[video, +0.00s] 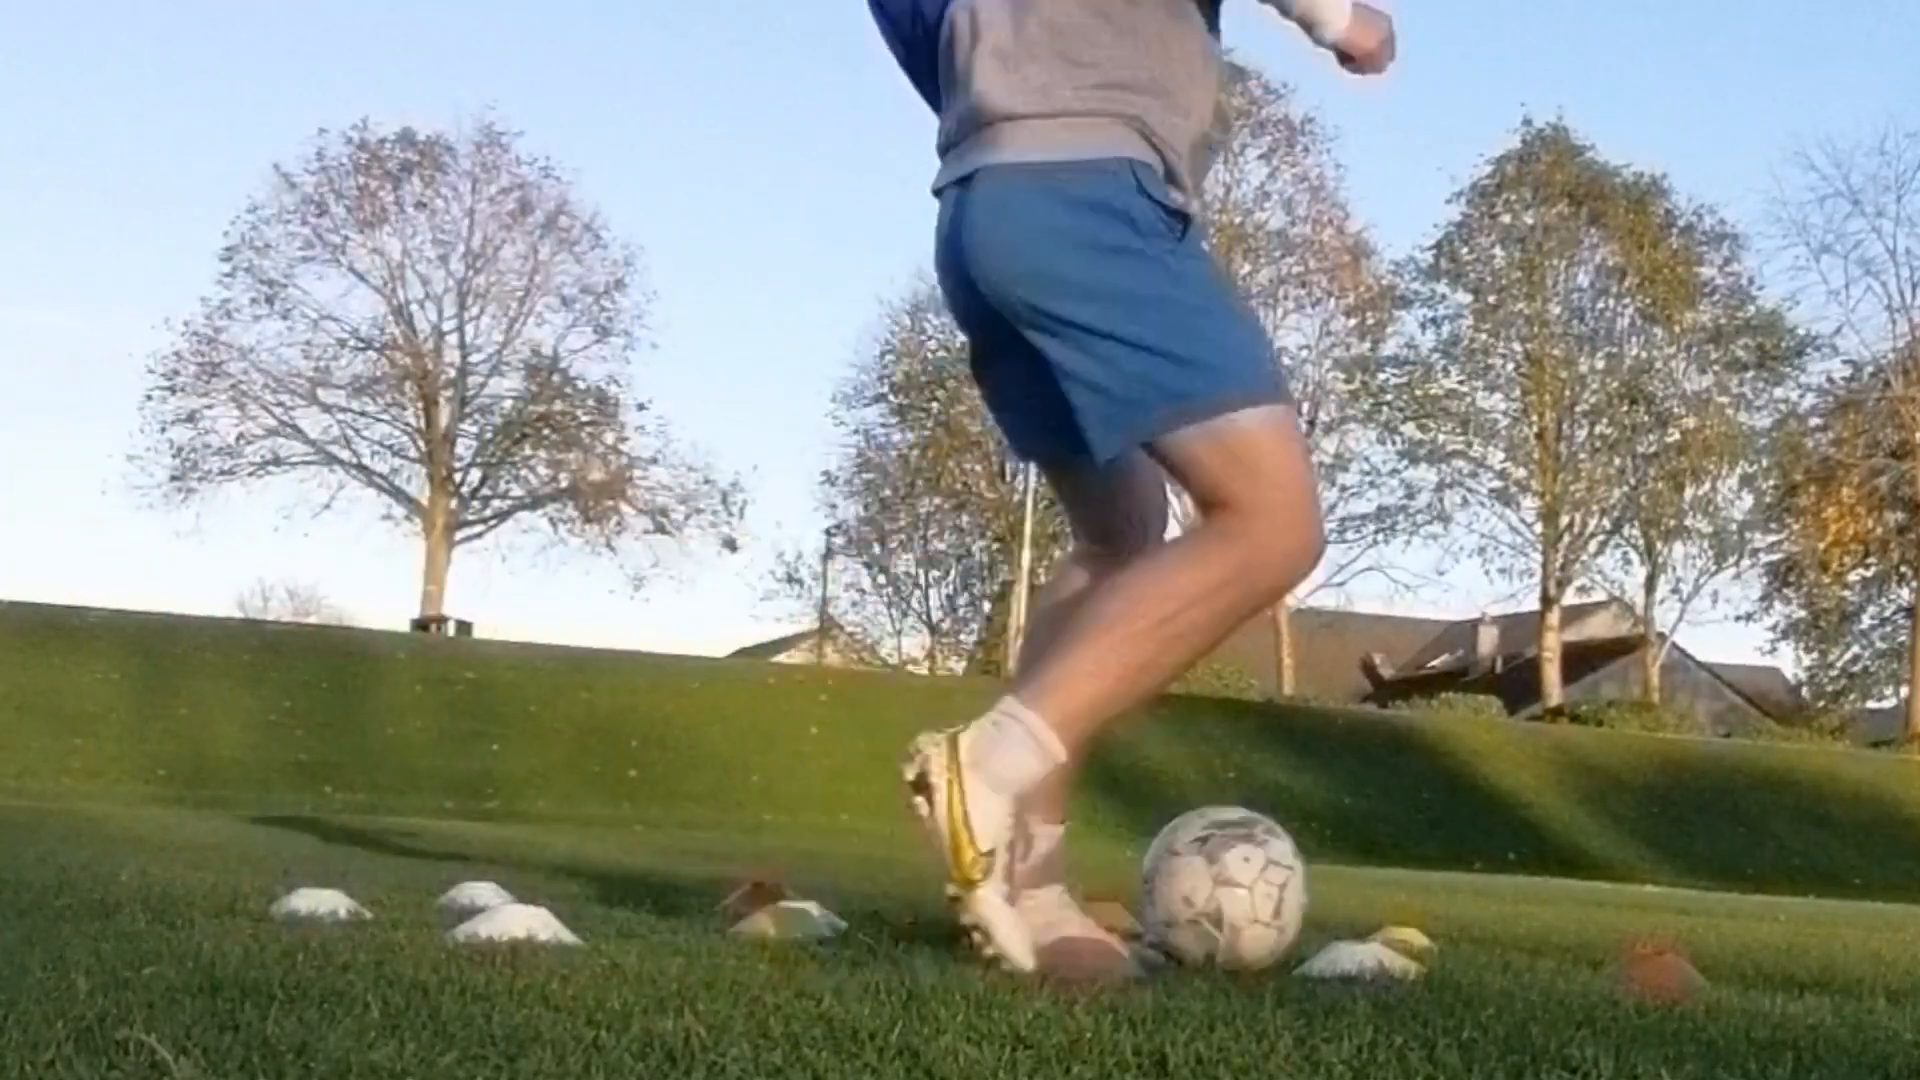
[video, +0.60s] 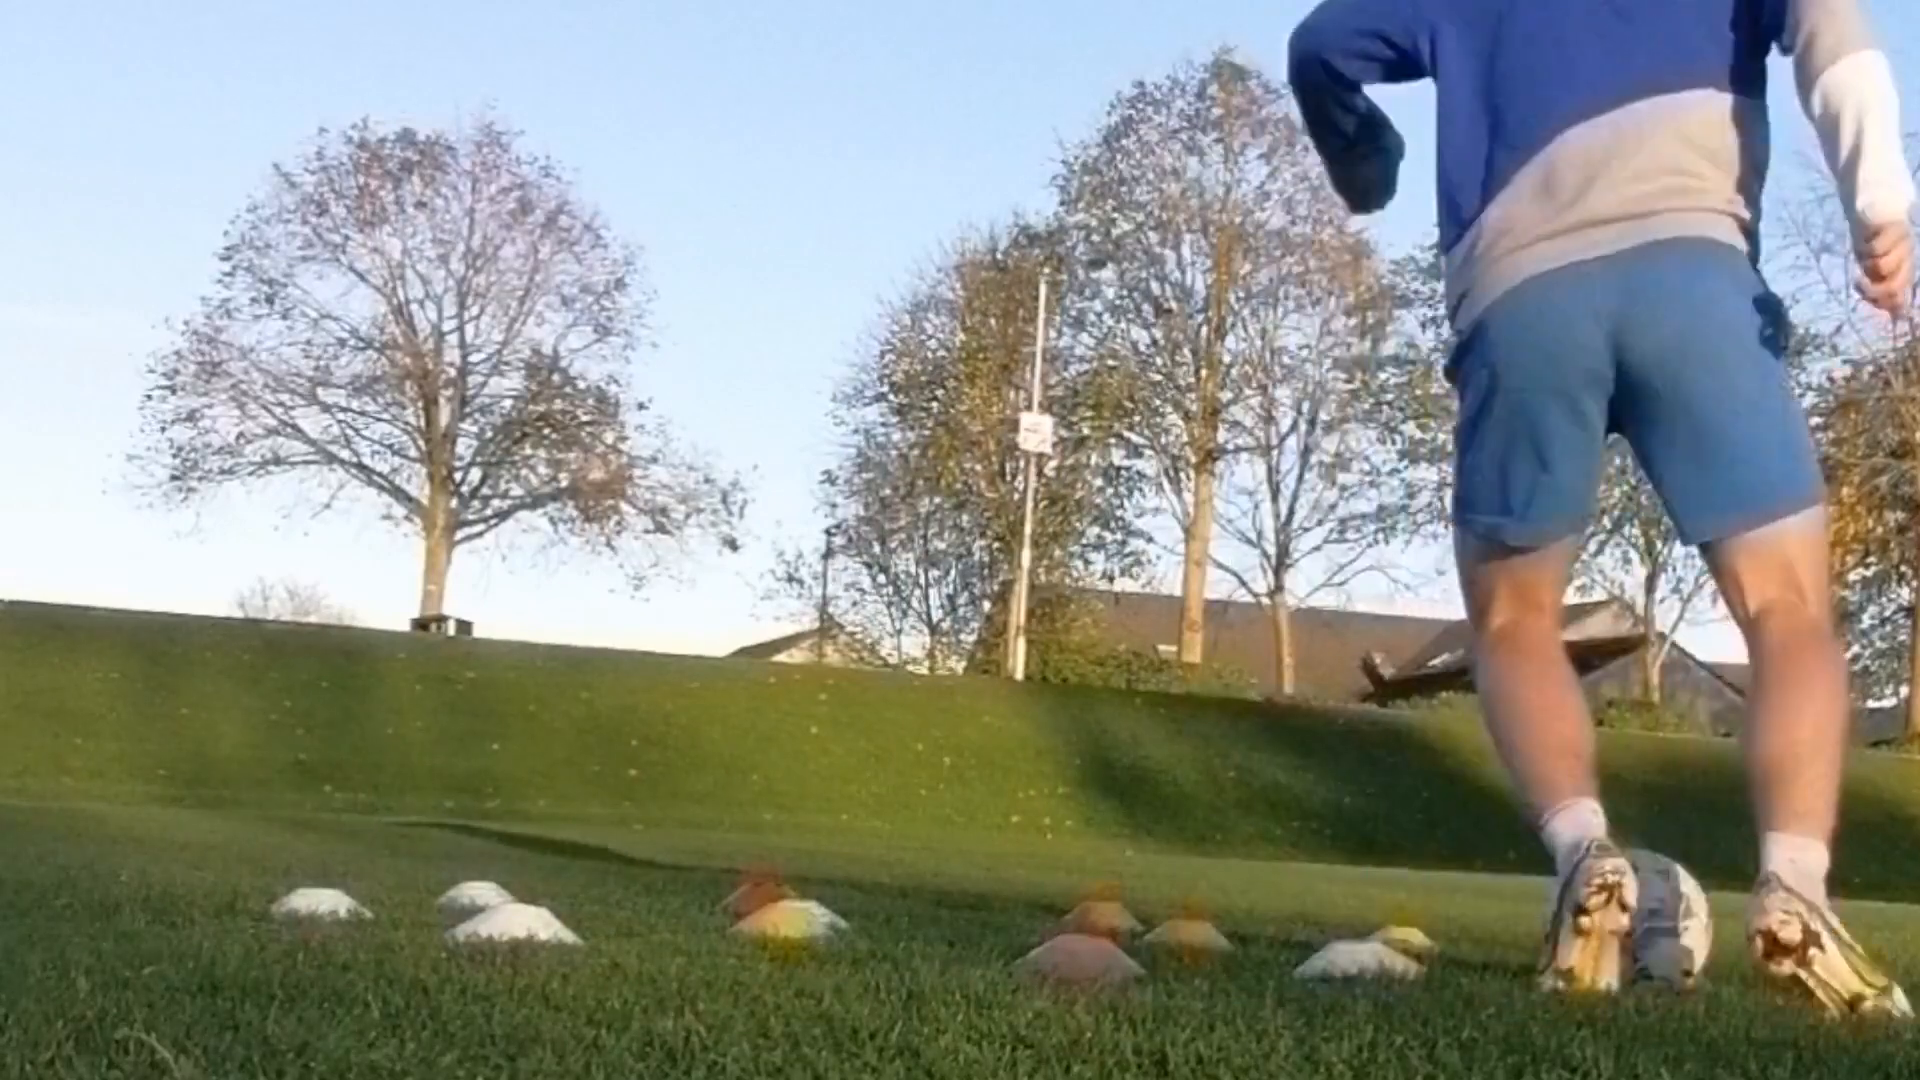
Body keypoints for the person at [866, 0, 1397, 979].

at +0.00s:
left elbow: (900, 6)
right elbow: (1306, 5)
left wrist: (994, 105)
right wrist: (1341, 21)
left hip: (975, 211)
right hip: (1091, 195)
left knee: (1115, 542)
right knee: (1272, 527)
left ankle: (1027, 881)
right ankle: (995, 764)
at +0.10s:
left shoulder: (1064, 11)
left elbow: (1010, 97)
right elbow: (1263, 12)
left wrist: (1112, 190)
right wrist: (1390, 180)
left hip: (1069, 266)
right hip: (1186, 233)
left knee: (1162, 601)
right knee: (1444, 491)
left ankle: (1014, 904)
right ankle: (1375, 842)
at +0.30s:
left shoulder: (1327, 30)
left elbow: (1261, 129)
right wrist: (1449, 27)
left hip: (1291, 247)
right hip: (1430, 199)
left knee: (1376, 598)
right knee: (1673, 498)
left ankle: (1182, 851)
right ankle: (1703, 858)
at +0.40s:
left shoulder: (1409, 39)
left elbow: (1321, 137)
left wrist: (1418, 247)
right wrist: (1642, 155)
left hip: (1405, 333)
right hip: (1556, 285)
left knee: (1450, 608)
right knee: (1733, 608)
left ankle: (1439, 788)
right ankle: (1792, 966)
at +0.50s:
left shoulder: (1460, 24)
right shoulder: (1728, 4)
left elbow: (1361, 97)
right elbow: (1785, 92)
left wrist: (1453, 250)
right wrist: (1831, 242)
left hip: (1477, 357)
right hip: (1643, 314)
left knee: (1487, 629)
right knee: (1802, 625)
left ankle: (1579, 774)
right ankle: (1799, 962)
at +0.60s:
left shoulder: (1450, 5)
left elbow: (1318, 48)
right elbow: (1835, 35)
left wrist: (1365, 163)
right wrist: (1878, 198)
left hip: (1522, 300)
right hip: (1691, 274)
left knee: (1517, 615)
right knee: (1788, 604)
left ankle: (1587, 860)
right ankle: (1793, 895)